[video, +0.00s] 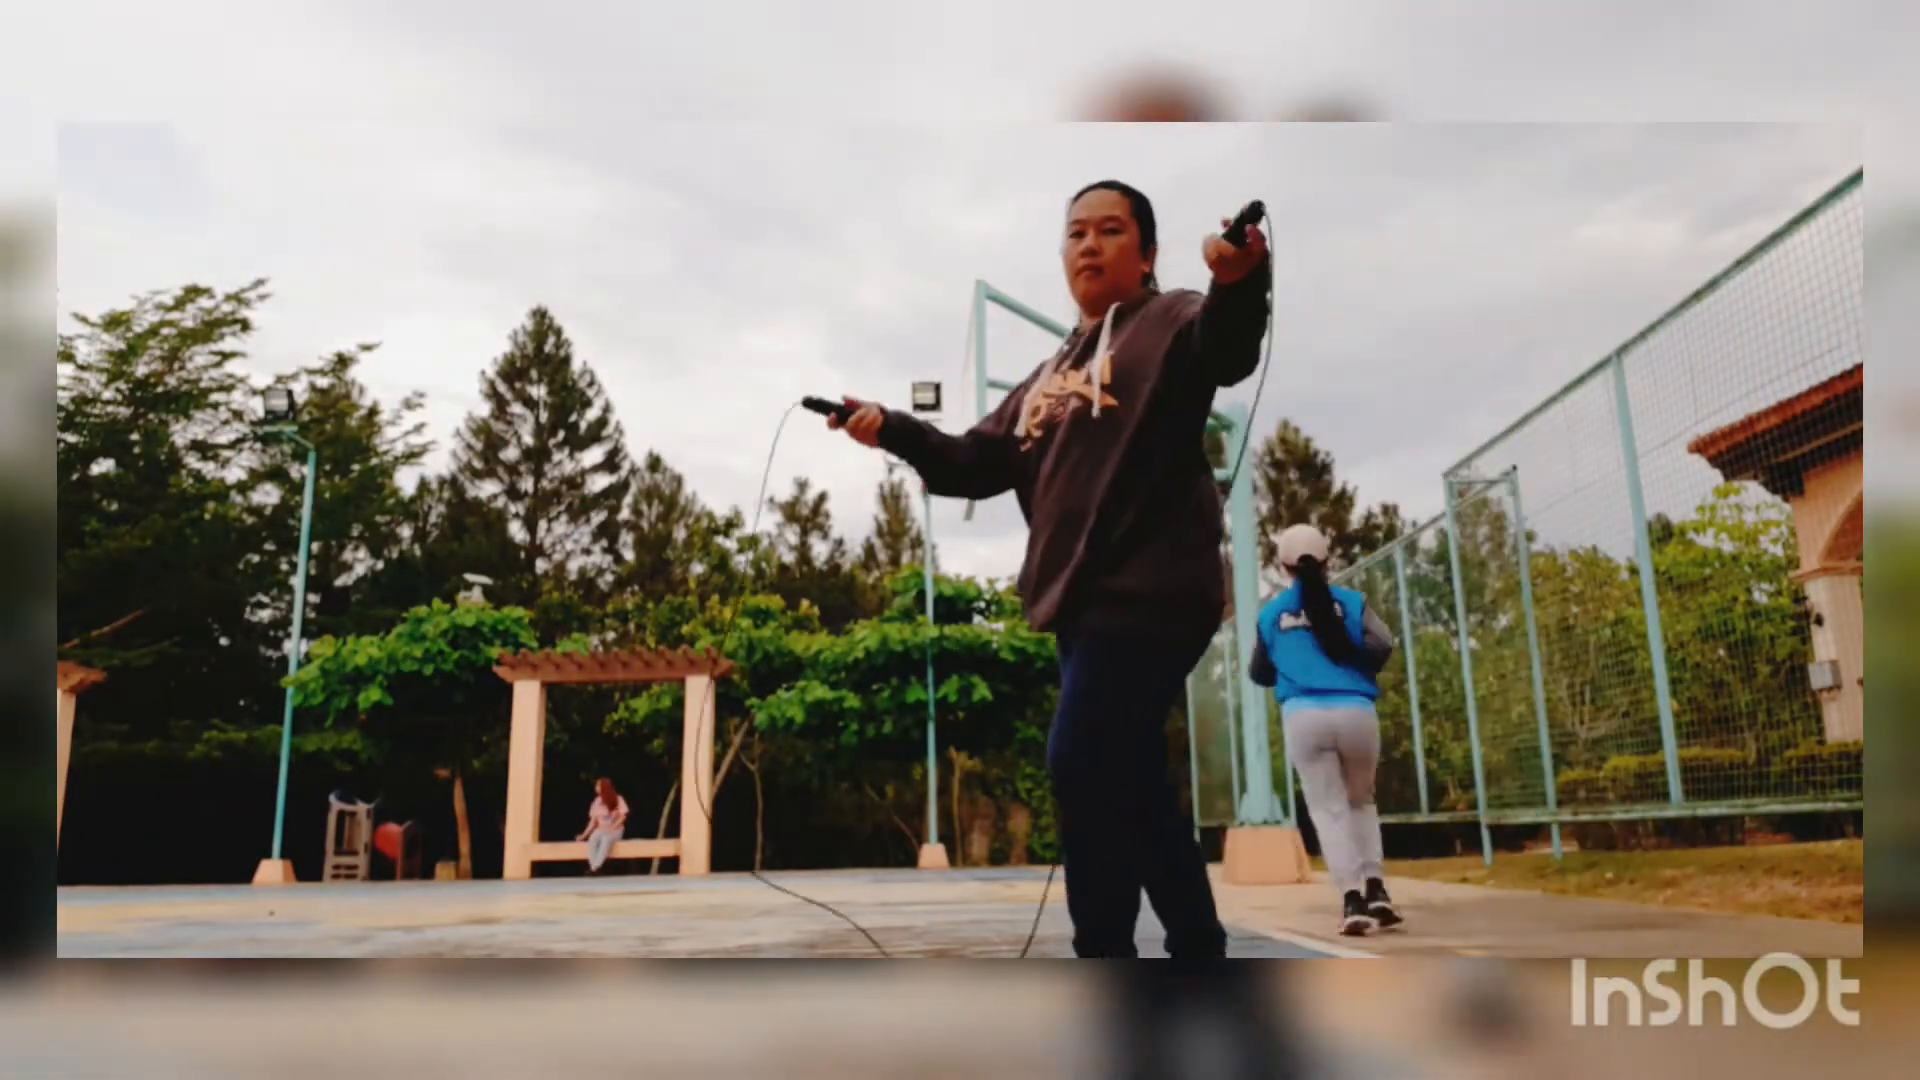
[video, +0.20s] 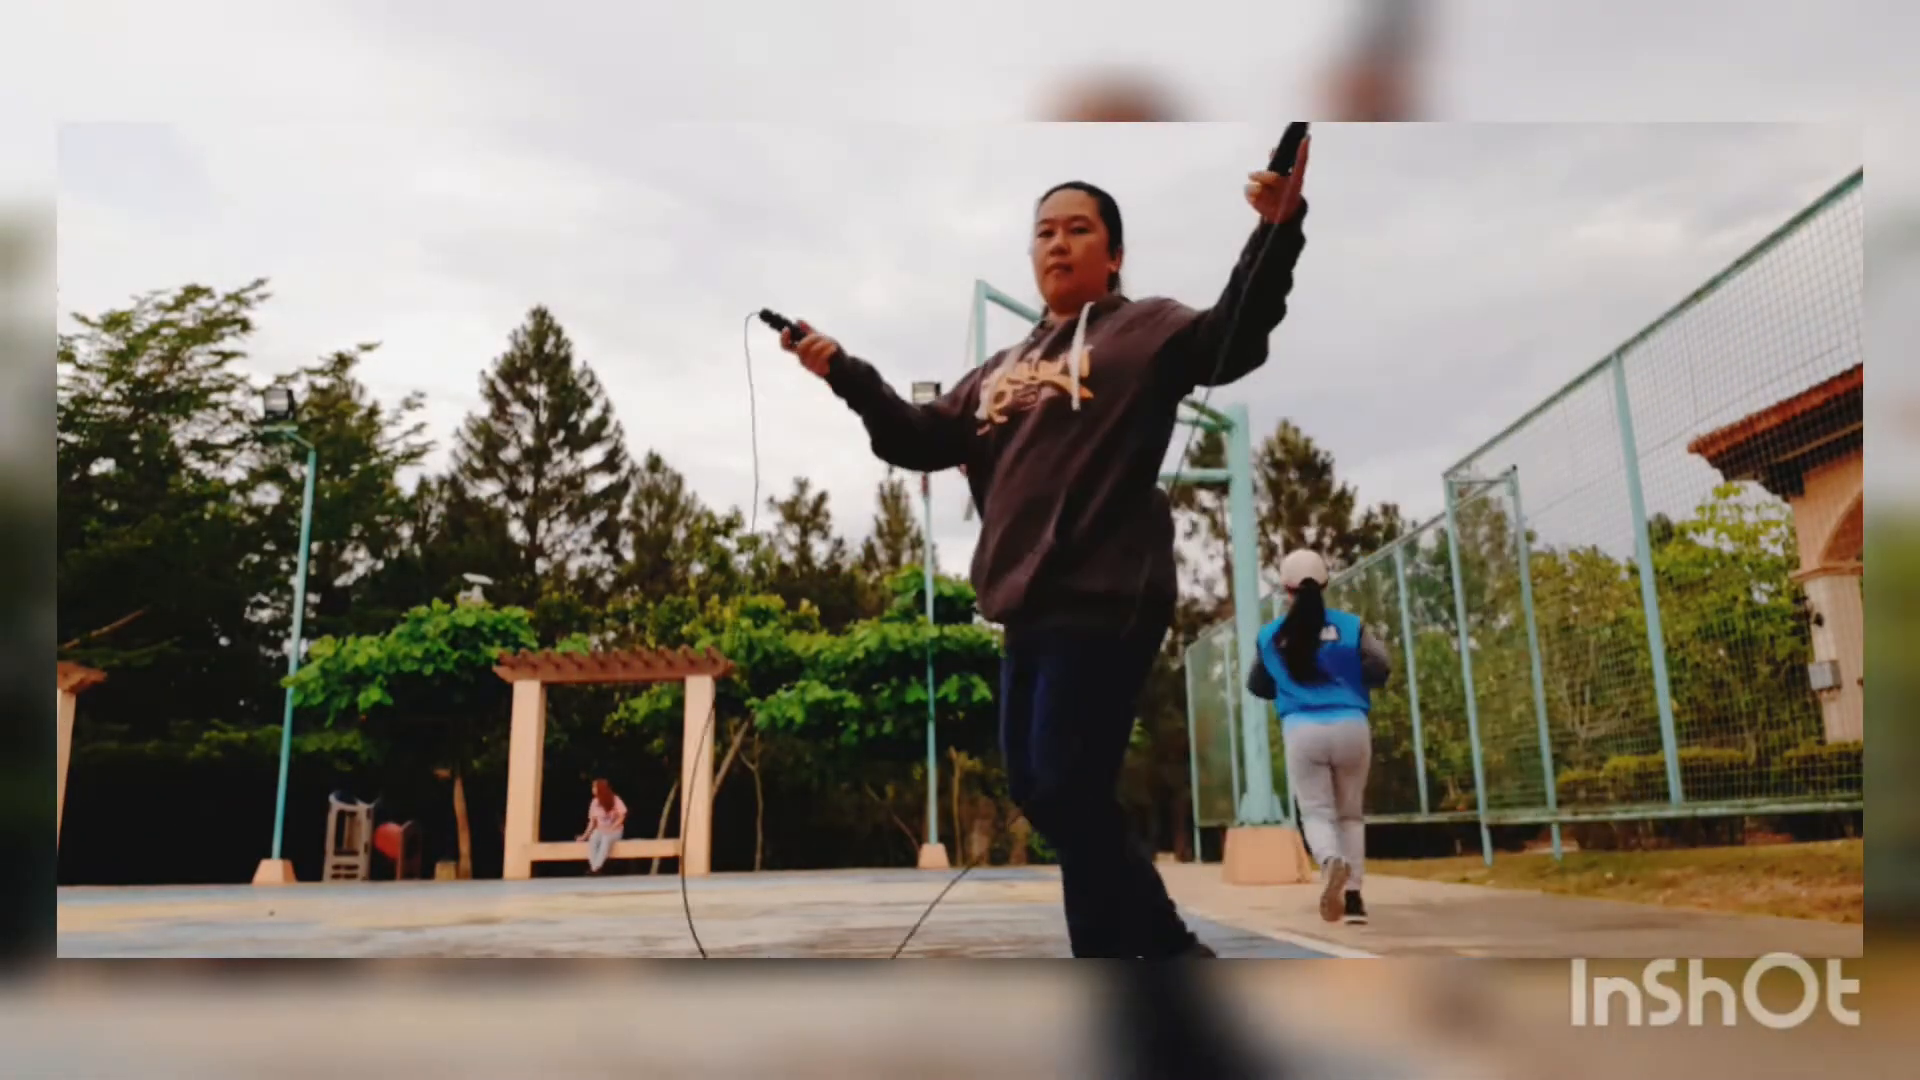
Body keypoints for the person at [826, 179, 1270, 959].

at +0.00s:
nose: (1091, 244)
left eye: (1110, 230)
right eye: (1078, 233)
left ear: (1146, 252)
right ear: (1062, 255)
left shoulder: (1173, 316)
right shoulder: (1050, 376)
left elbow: (1227, 349)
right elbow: (973, 465)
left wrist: (1238, 285)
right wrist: (892, 429)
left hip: (1159, 587)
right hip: (1083, 599)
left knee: (1080, 757)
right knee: (1137, 784)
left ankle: (1104, 957)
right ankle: (1201, 963)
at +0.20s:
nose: (1057, 245)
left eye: (1076, 230)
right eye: (1044, 233)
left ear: (1115, 254)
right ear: (1030, 258)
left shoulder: (1146, 328)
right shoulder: (1005, 371)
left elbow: (1233, 340)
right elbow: (919, 439)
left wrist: (1278, 230)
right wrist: (842, 371)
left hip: (1111, 592)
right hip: (1030, 602)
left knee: (1068, 786)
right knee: (1037, 787)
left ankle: (1139, 976)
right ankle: (1167, 952)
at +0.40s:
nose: (1032, 248)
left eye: (1053, 235)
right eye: (1020, 236)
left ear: (1088, 259)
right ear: (1006, 261)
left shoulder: (1123, 340)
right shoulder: (971, 370)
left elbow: (1215, 366)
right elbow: (884, 437)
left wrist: (1275, 254)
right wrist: (807, 362)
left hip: (1090, 596)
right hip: (992, 604)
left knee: (1070, 775)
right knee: (958, 770)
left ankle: (1104, 974)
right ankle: (1072, 925)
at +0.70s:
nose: (987, 278)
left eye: (1005, 266)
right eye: (973, 265)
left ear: (1033, 290)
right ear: (955, 285)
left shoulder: (1070, 378)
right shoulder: (912, 390)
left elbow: (1156, 449)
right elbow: (845, 476)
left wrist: (1226, 402)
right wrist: (754, 448)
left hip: (1044, 627)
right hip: (940, 630)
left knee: (1057, 797)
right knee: (928, 809)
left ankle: (1095, 961)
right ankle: (925, 954)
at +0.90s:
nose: (964, 313)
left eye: (979, 301)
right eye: (948, 298)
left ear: (994, 316)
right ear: (918, 310)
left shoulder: (1025, 407)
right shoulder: (875, 411)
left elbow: (1083, 505)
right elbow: (822, 512)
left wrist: (1173, 496)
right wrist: (730, 511)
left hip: (1007, 642)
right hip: (908, 648)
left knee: (1022, 802)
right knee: (916, 819)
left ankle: (1048, 960)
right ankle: (922, 959)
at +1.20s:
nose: (989, 313)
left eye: (991, 301)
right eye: (972, 298)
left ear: (985, 317)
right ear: (924, 314)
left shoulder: (1016, 404)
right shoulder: (868, 407)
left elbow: (1088, 485)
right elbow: (803, 497)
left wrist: (1171, 427)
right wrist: (725, 452)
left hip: (999, 639)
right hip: (903, 645)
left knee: (997, 790)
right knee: (914, 806)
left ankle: (1015, 947)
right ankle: (922, 949)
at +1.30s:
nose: (994, 312)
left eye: (995, 301)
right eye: (976, 300)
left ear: (985, 320)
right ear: (929, 316)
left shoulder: (1022, 406)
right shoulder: (874, 408)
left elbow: (1093, 481)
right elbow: (816, 494)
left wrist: (1190, 444)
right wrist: (740, 468)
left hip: (1003, 639)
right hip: (907, 644)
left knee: (1007, 800)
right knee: (916, 808)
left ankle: (1016, 953)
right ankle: (923, 956)